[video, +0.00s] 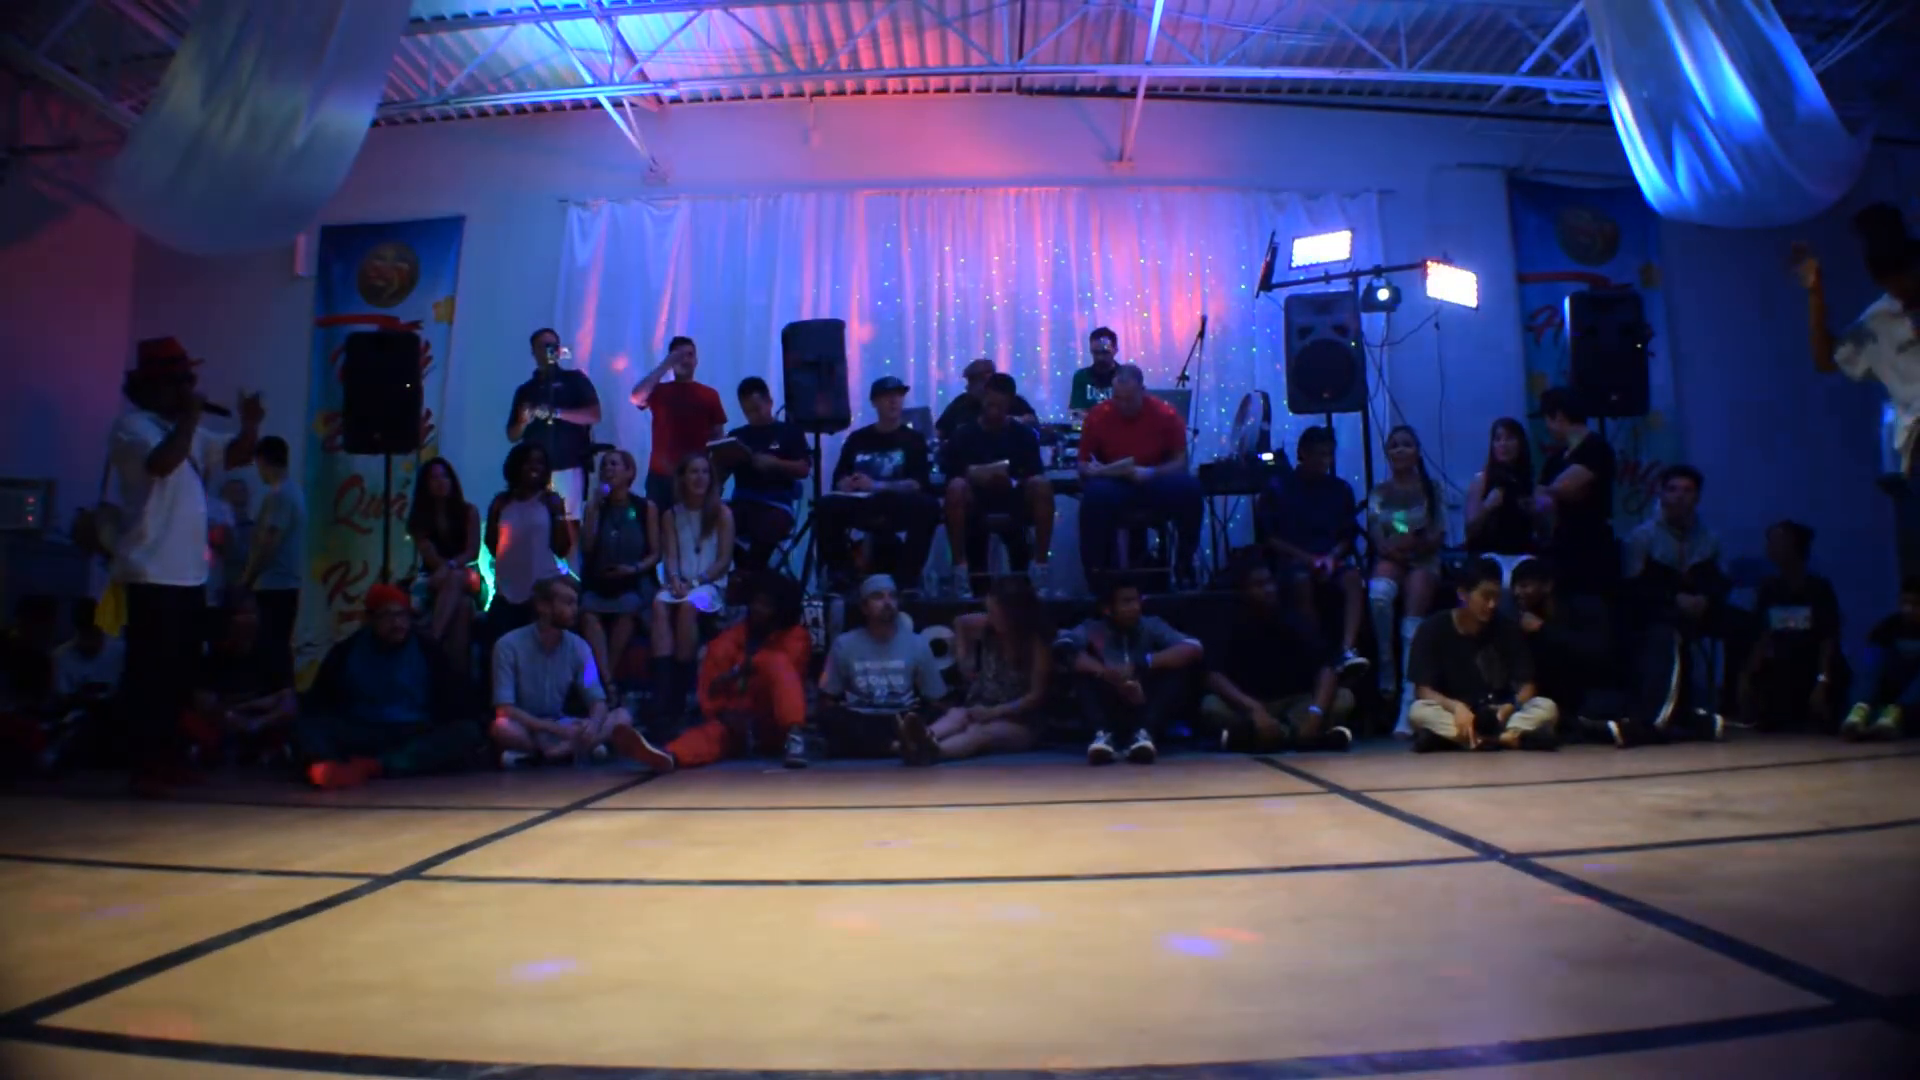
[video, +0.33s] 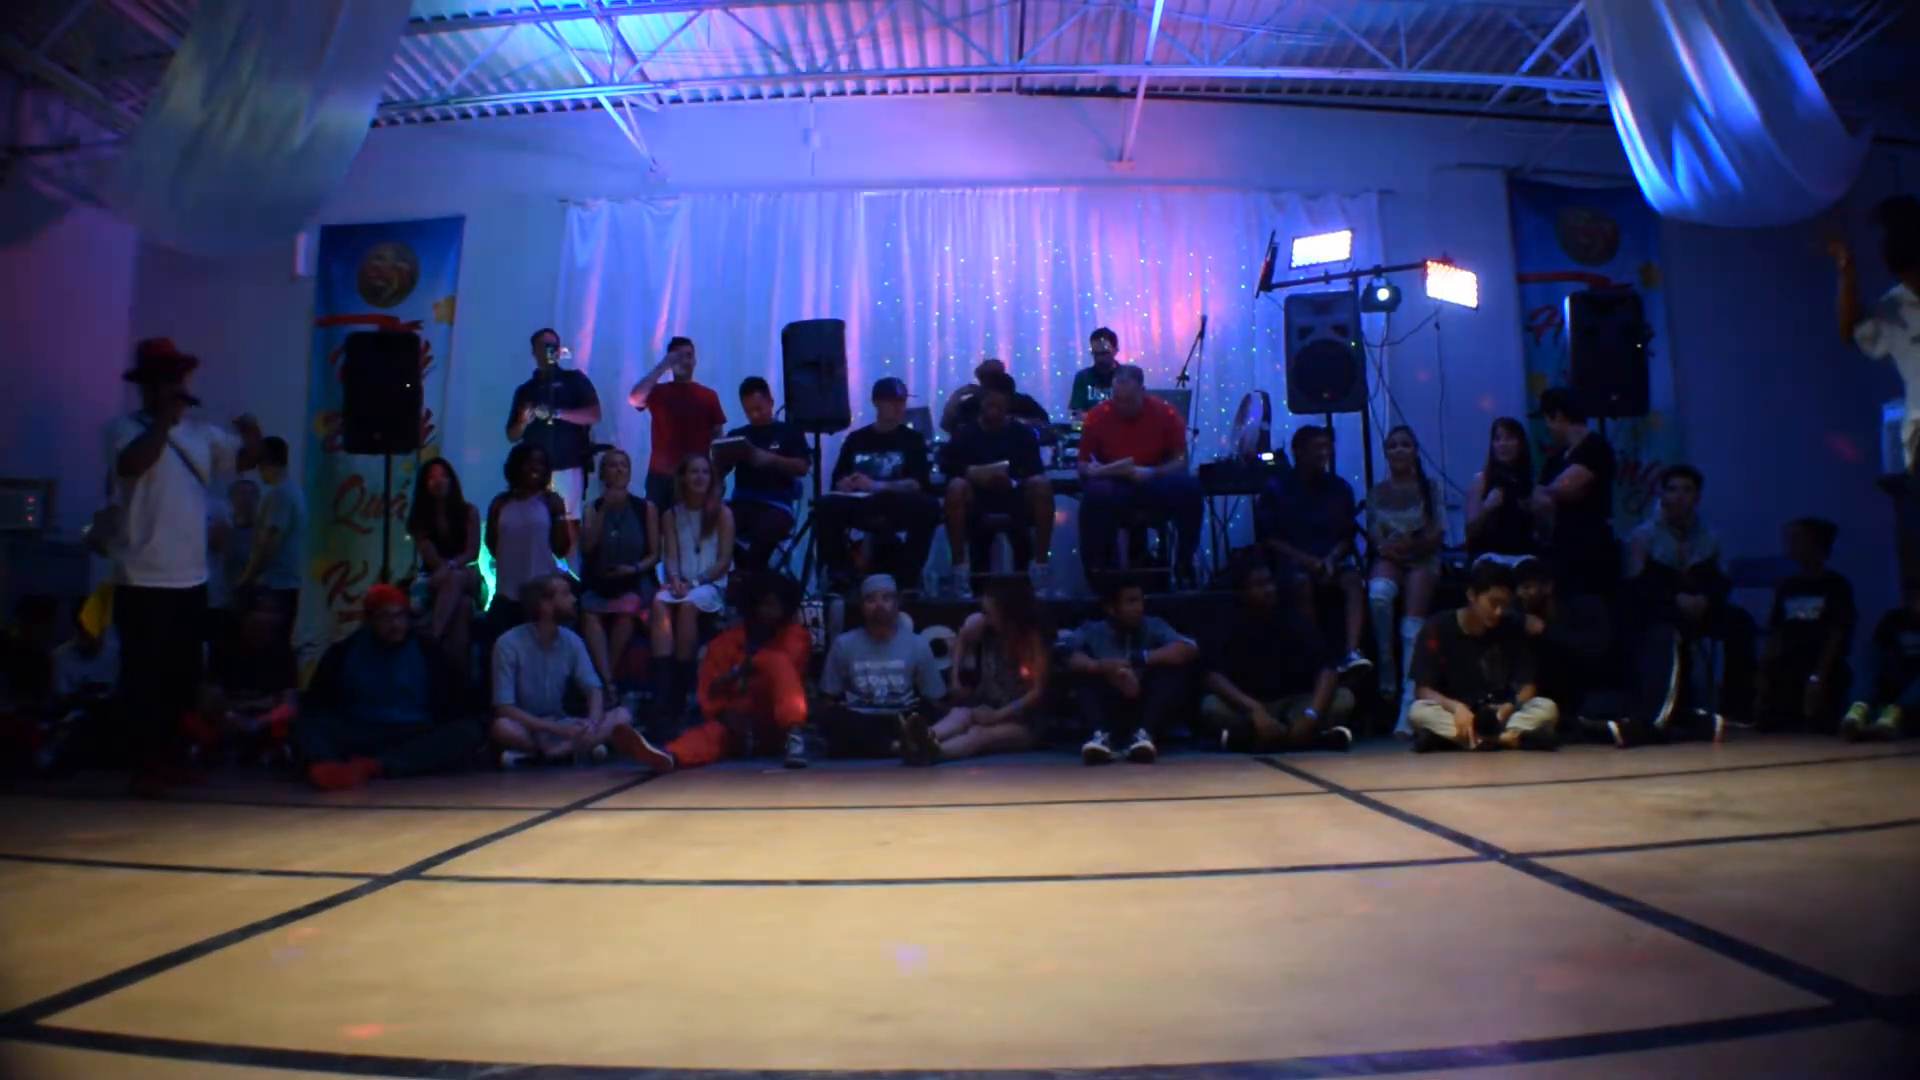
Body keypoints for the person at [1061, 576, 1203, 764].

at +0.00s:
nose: (1134, 608)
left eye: (1136, 601)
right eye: (1126, 602)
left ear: (1141, 603)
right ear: (1108, 609)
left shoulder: (1150, 627)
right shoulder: (1094, 630)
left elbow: (1193, 648)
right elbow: (1064, 649)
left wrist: (1142, 665)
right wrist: (1115, 678)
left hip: (1146, 701)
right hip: (1107, 701)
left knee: (1171, 673)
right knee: (1086, 676)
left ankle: (1144, 735)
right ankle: (1101, 735)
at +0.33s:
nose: (1138, 608)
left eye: (1140, 601)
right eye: (1131, 602)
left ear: (1144, 603)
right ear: (1112, 608)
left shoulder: (1152, 627)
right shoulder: (1093, 631)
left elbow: (1188, 649)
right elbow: (1064, 654)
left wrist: (1139, 659)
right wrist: (1110, 670)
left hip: (1146, 699)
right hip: (1106, 700)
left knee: (1169, 672)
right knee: (1087, 676)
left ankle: (1143, 734)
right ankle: (1100, 735)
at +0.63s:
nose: (1118, 609)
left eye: (1126, 603)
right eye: (1113, 602)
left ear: (1137, 607)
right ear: (1106, 606)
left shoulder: (1153, 628)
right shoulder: (1094, 629)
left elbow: (1191, 650)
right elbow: (1065, 652)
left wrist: (1143, 661)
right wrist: (1112, 669)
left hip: (1146, 701)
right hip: (1107, 700)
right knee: (1088, 674)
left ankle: (1144, 734)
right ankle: (1100, 735)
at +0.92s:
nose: (1151, 610)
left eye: (1154, 604)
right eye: (1144, 604)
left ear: (1157, 606)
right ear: (1124, 607)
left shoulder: (1158, 629)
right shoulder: (1098, 629)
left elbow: (1194, 651)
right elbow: (1067, 650)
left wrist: (1146, 661)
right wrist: (1114, 669)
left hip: (1148, 702)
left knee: (1173, 670)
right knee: (1088, 672)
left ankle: (1144, 733)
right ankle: (1101, 734)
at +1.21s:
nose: (1161, 608)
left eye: (1160, 602)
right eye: (1155, 602)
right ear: (1133, 607)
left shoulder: (1162, 630)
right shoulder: (1102, 629)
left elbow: (1193, 651)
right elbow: (1066, 649)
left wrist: (1143, 661)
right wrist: (1112, 666)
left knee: (1173, 669)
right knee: (1088, 673)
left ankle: (1143, 733)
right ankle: (1101, 734)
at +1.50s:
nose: (1162, 608)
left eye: (1161, 602)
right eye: (1156, 602)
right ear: (1135, 608)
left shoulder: (1164, 630)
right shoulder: (1103, 629)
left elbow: (1194, 652)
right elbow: (1064, 648)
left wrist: (1142, 661)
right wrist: (1109, 667)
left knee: (1173, 670)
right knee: (1088, 674)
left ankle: (1144, 733)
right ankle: (1102, 735)